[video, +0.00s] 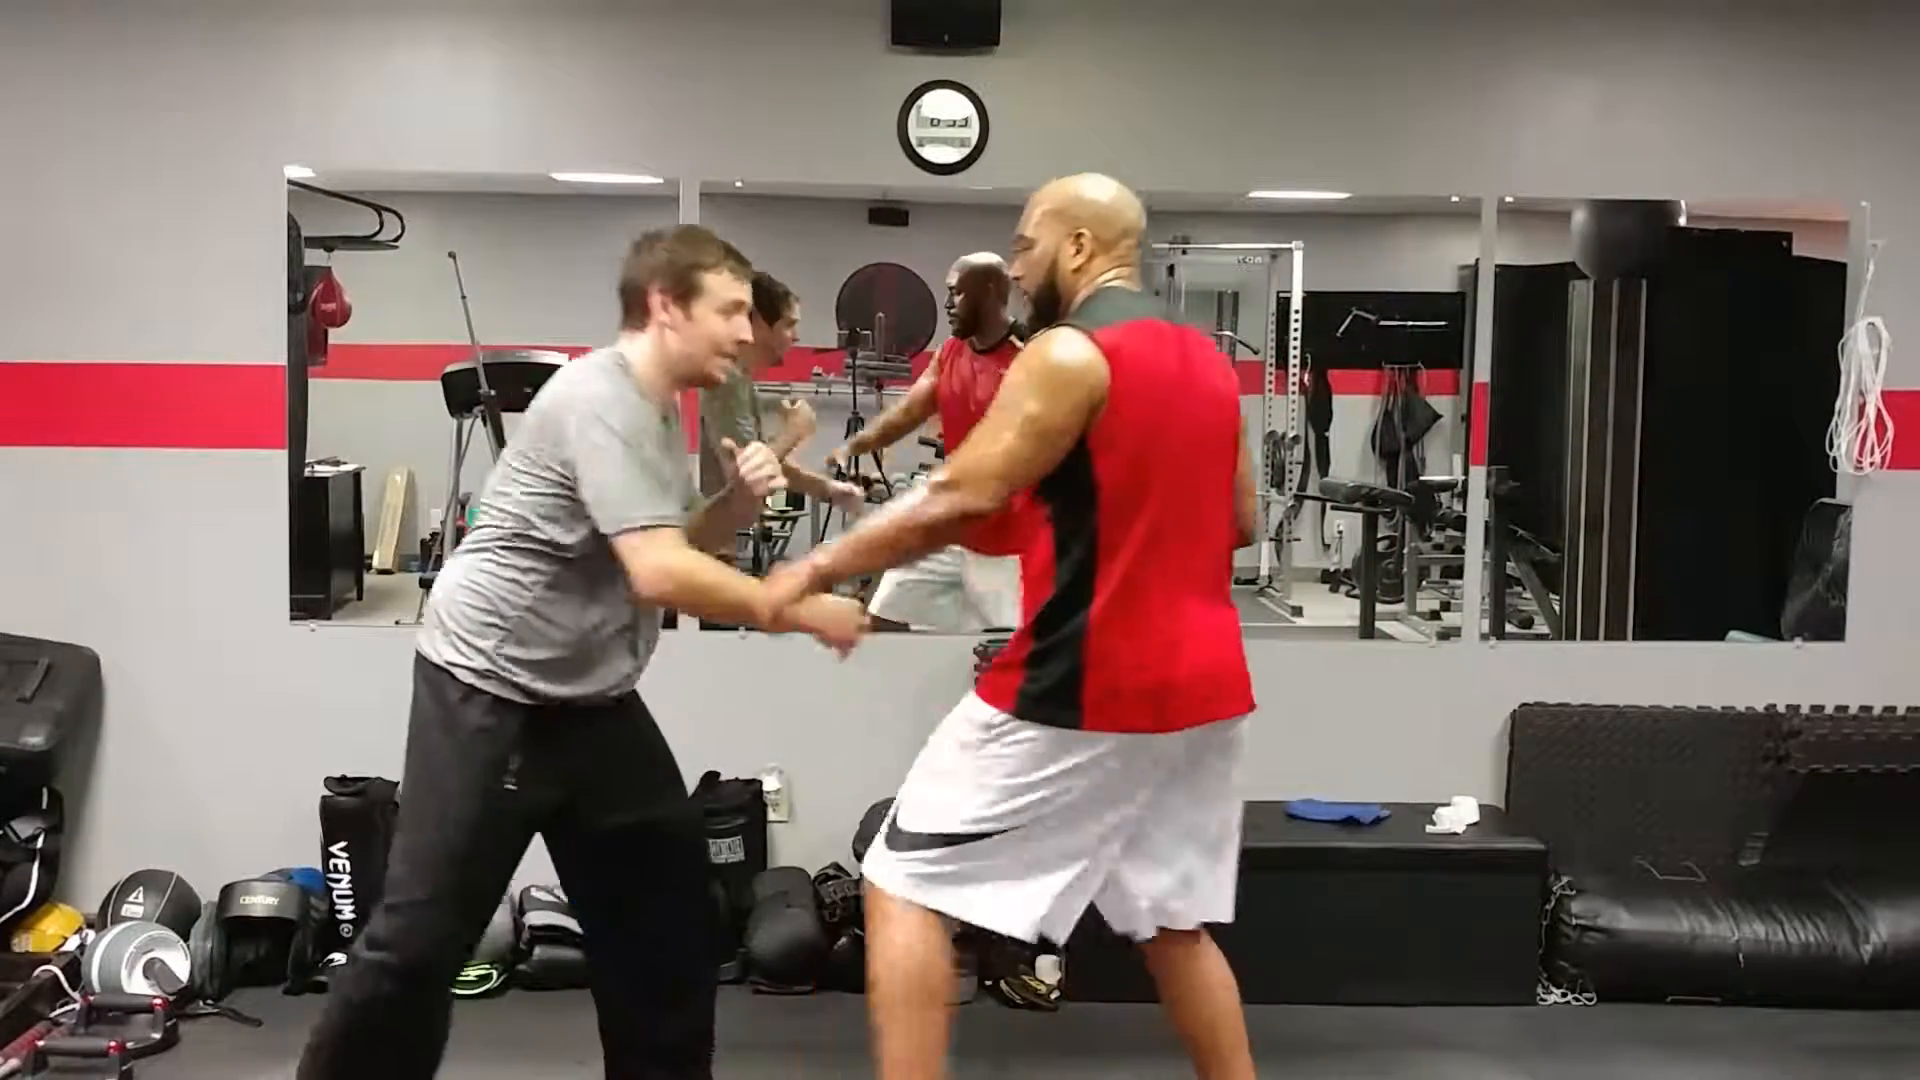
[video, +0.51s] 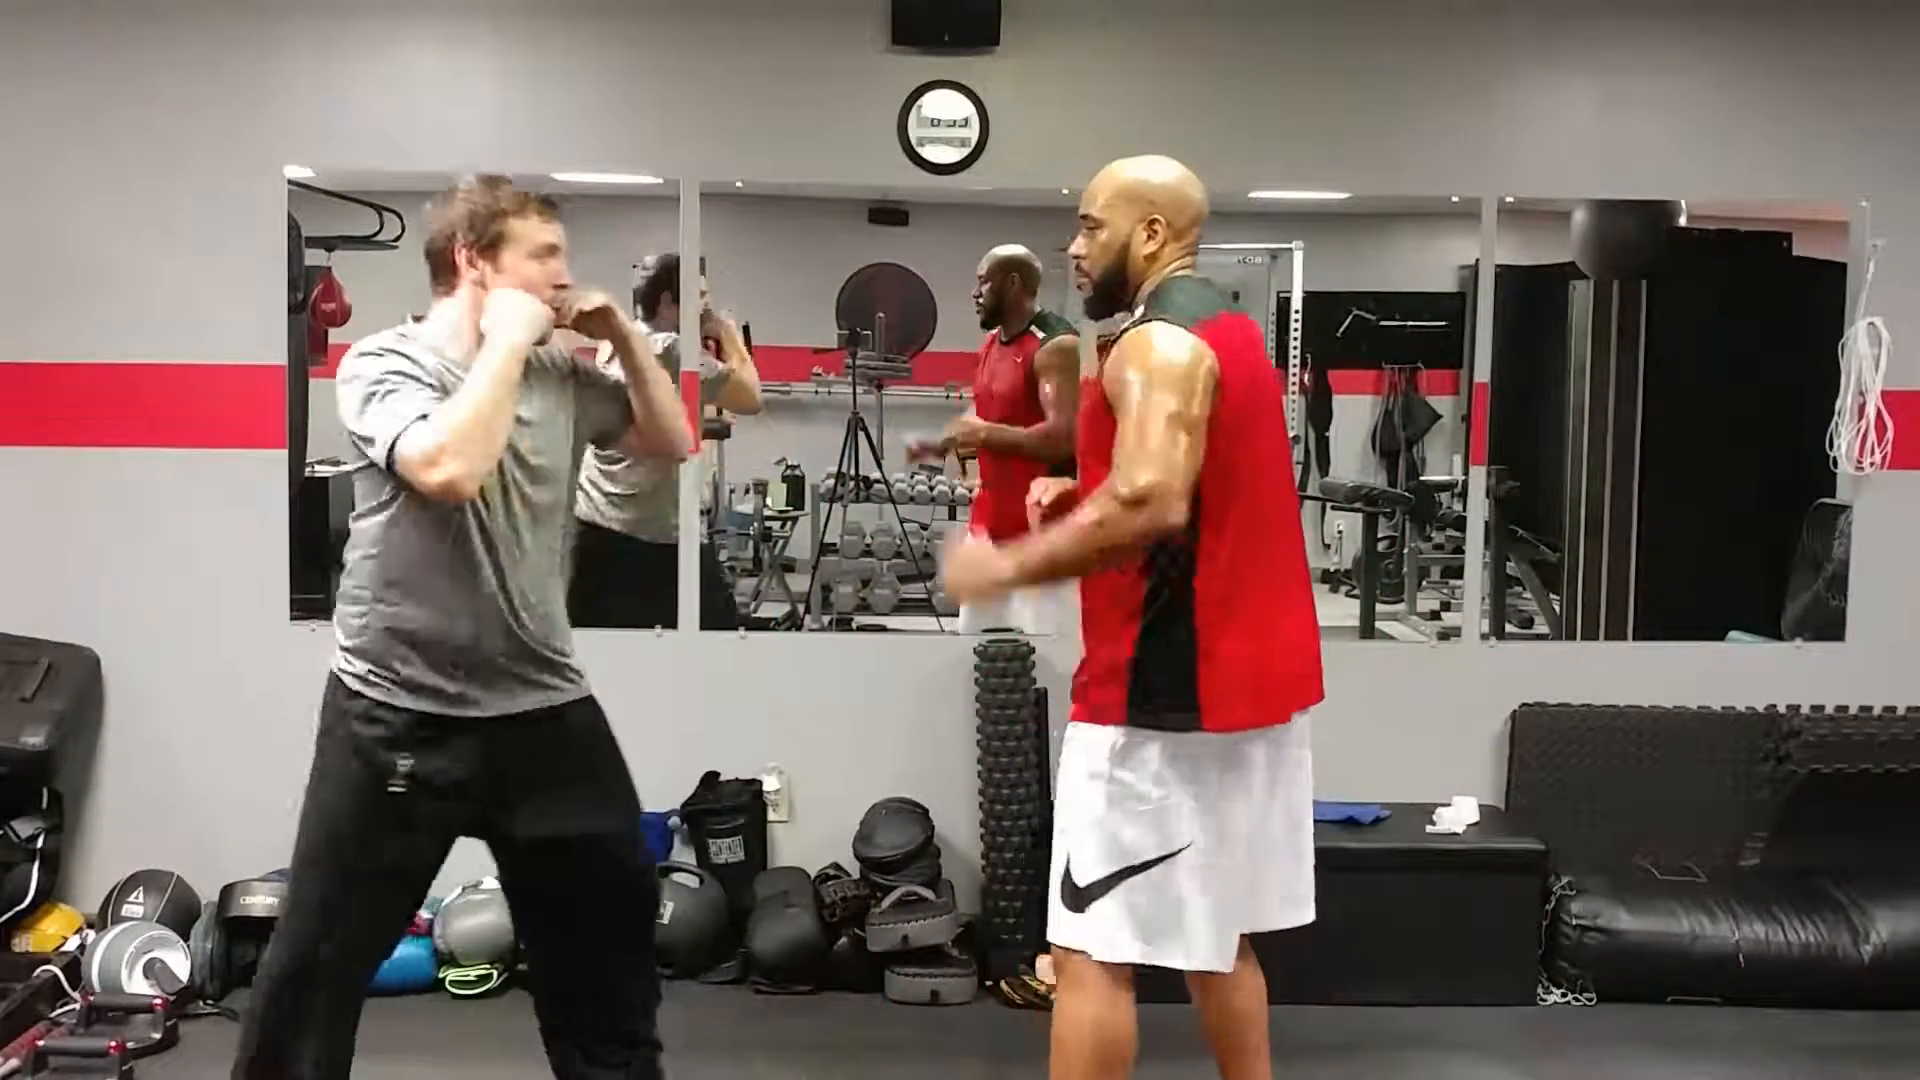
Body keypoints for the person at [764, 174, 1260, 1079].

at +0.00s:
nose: (1016, 267)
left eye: (1027, 246)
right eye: (1018, 248)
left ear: (1080, 247)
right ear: (1116, 252)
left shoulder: (1068, 357)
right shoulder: (1207, 359)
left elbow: (956, 501)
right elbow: (1240, 522)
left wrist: (816, 568)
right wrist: (1116, 540)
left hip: (1075, 678)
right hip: (1204, 679)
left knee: (901, 880)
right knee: (1173, 918)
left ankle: (911, 1070)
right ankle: (1236, 1076)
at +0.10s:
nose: (1040, 255)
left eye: (1052, 234)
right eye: (1042, 234)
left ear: (1107, 237)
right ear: (1134, 243)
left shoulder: (1099, 347)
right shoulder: (1226, 349)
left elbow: (1030, 509)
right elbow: (1159, 479)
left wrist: (910, 622)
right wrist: (1036, 471)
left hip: (1104, 679)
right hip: (1231, 677)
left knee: (959, 894)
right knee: (1194, 918)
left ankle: (1005, 1074)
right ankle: (1243, 1076)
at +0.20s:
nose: (1052, 249)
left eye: (1065, 228)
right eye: (1055, 228)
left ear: (1122, 235)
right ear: (1152, 240)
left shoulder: (1115, 350)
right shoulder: (1231, 345)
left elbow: (1100, 526)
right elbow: (1209, 510)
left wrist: (1017, 674)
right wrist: (1079, 546)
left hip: (1120, 696)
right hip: (1236, 693)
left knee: (1027, 931)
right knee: (1200, 919)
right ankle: (1246, 1076)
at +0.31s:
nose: (1058, 246)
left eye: (1072, 227)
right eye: (1061, 227)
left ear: (1131, 233)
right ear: (1149, 237)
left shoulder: (1135, 345)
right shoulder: (1227, 331)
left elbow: (1150, 529)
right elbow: (1208, 510)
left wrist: (1072, 684)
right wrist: (1084, 539)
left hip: (1141, 698)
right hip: (1234, 689)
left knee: (1076, 946)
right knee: (1203, 927)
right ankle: (1247, 1079)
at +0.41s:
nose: (1066, 246)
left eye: (1082, 226)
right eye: (1069, 226)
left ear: (1143, 233)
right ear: (1157, 238)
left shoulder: (1153, 344)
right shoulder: (1225, 327)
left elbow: (1164, 525)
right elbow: (1209, 508)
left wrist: (1059, 654)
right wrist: (1081, 523)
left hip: (1144, 694)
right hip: (1236, 688)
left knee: (1099, 952)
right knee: (1215, 931)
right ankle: (1248, 1079)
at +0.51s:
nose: (1075, 246)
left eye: (1091, 227)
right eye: (1078, 226)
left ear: (1151, 236)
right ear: (1165, 239)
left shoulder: (1159, 347)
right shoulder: (1230, 340)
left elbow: (1149, 500)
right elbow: (1199, 495)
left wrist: (1008, 563)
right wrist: (1088, 497)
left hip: (1150, 697)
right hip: (1248, 690)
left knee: (1088, 953)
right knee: (1218, 936)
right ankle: (1249, 1075)